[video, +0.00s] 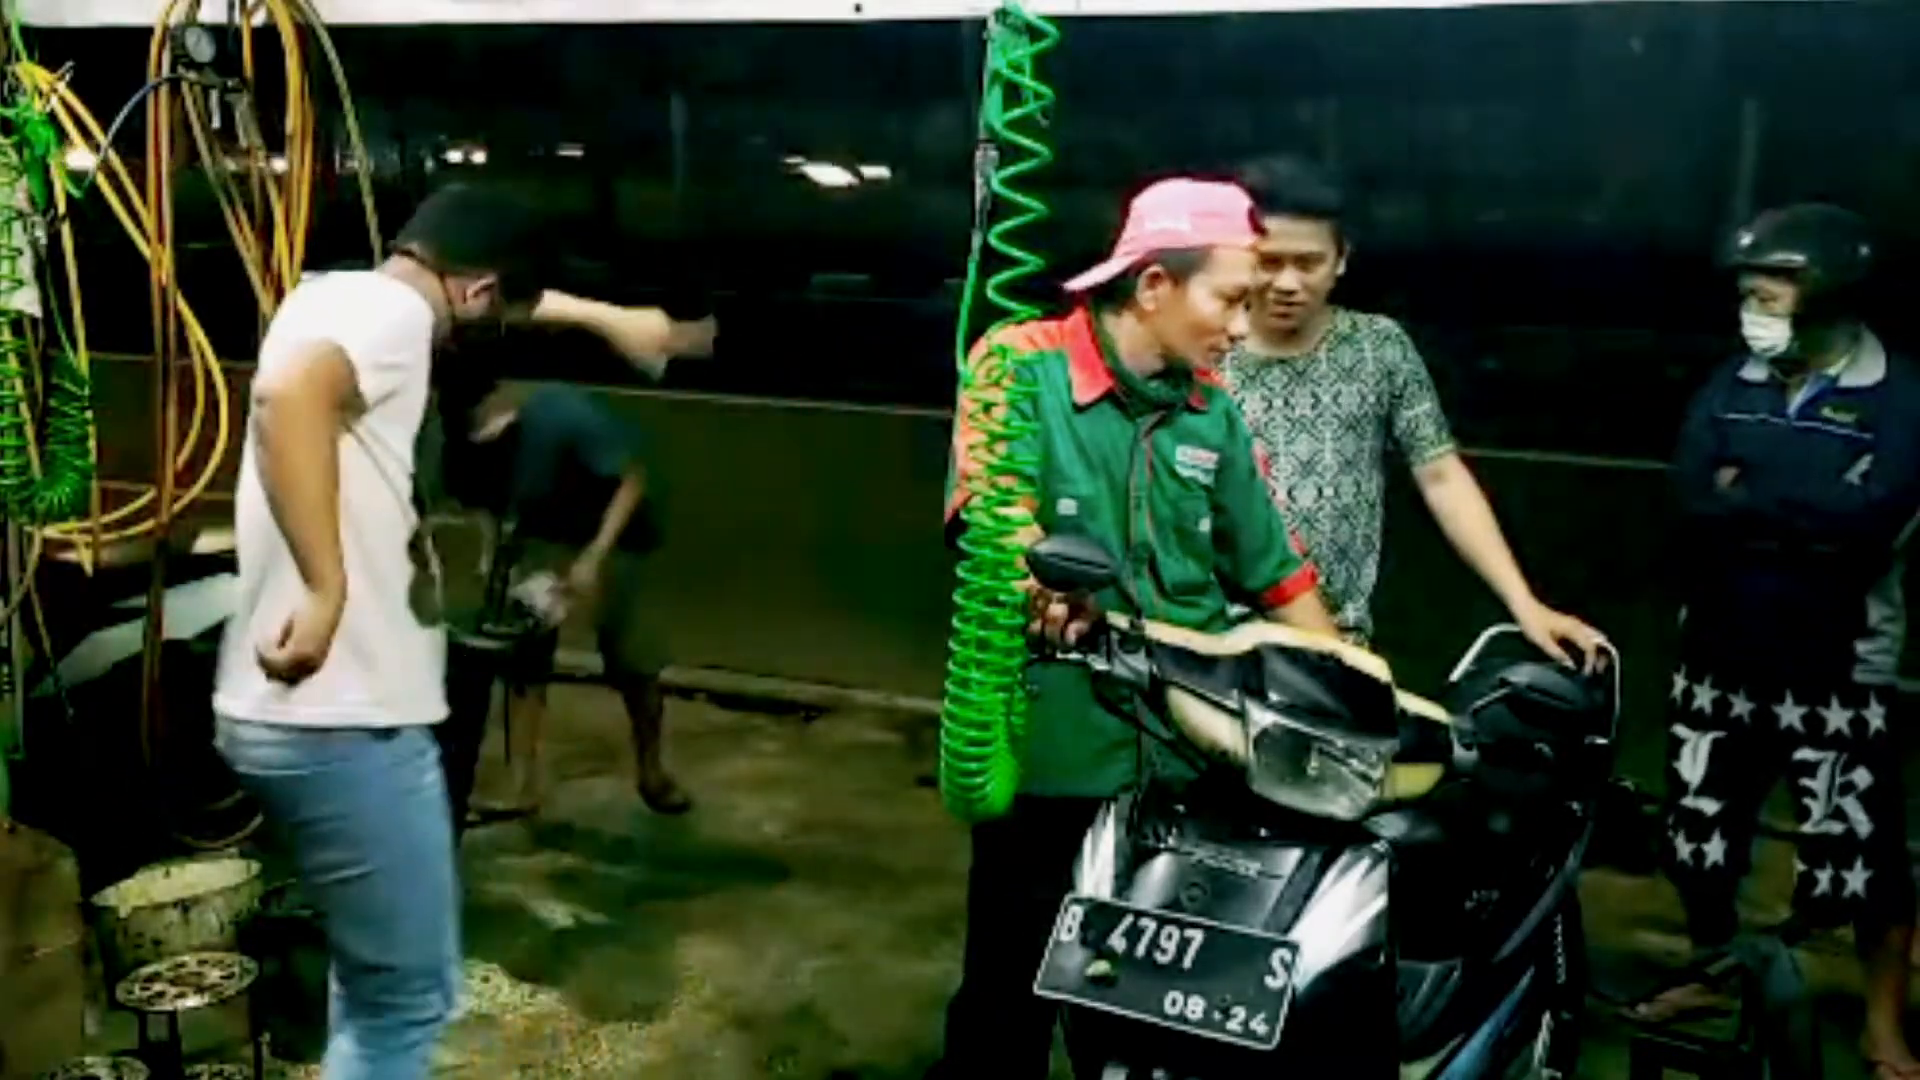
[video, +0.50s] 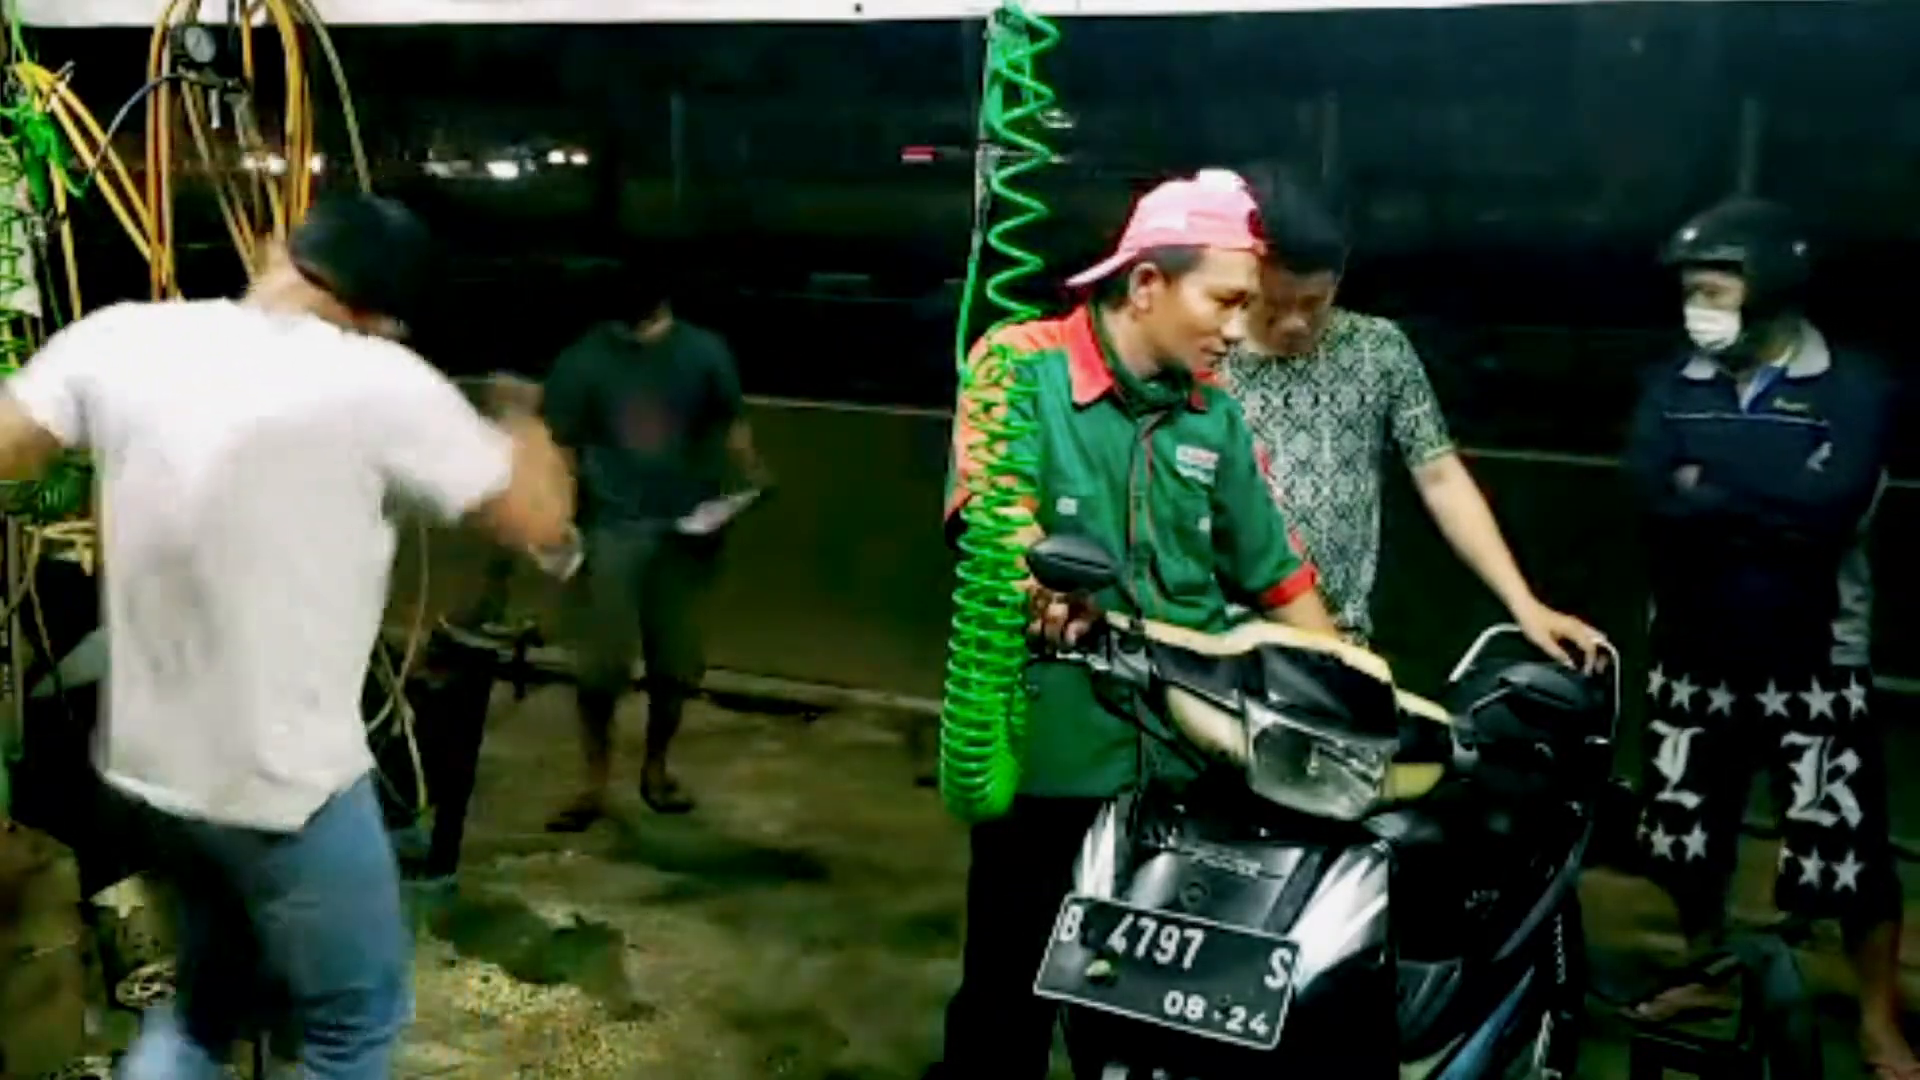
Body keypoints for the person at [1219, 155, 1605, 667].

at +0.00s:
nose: (1287, 283)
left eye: (1307, 263)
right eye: (1269, 262)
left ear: (1339, 260)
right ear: (1241, 256)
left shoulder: (1379, 349)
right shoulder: (1203, 350)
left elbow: (1442, 476)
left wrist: (1525, 606)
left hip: (1333, 638)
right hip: (1212, 630)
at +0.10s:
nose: (1289, 283)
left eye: (1309, 263)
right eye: (1270, 262)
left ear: (1340, 262)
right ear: (1241, 257)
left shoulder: (1379, 350)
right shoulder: (1204, 352)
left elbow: (1442, 476)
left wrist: (1525, 607)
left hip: (1333, 638)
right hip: (1213, 629)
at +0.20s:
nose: (1290, 284)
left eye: (1310, 264)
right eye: (1272, 263)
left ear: (1340, 262)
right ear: (1241, 256)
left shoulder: (1378, 349)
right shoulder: (1204, 350)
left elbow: (1442, 477)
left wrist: (1525, 607)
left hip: (1334, 638)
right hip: (1213, 629)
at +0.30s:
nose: (1293, 293)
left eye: (1312, 272)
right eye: (1276, 271)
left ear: (1341, 262)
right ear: (1243, 257)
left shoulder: (1378, 349)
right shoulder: (1203, 350)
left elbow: (1442, 477)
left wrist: (1525, 607)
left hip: (1335, 641)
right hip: (1215, 633)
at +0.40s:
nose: (1296, 310)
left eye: (1315, 289)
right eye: (1276, 290)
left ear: (1338, 273)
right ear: (1241, 272)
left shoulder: (1377, 350)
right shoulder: (1202, 353)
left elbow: (1442, 478)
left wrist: (1525, 607)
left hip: (1337, 640)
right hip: (1220, 636)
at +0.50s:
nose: (1295, 322)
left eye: (1314, 303)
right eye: (1275, 303)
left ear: (1337, 283)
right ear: (1243, 279)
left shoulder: (1378, 351)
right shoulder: (1202, 352)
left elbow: (1442, 479)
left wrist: (1526, 607)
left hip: (1337, 641)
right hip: (1219, 636)